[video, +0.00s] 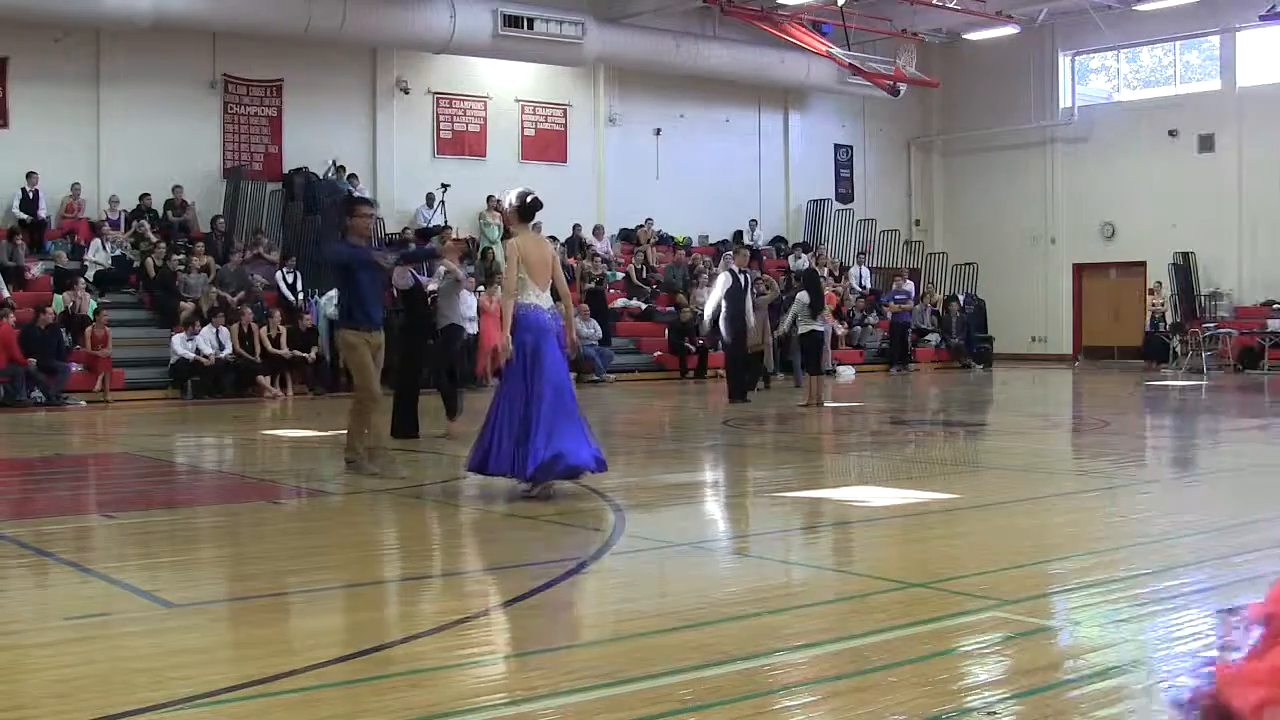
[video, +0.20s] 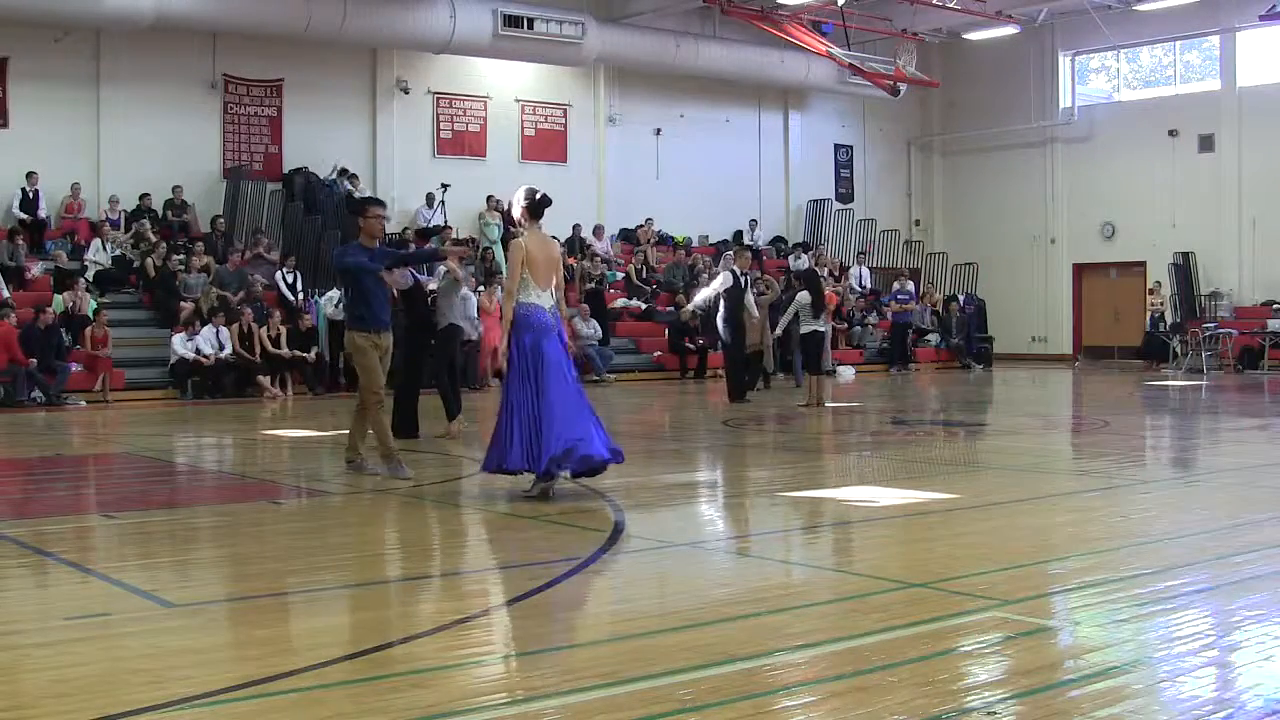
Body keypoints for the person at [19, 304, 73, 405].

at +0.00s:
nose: (52, 317)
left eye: (53, 314)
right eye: (49, 314)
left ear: (54, 315)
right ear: (41, 316)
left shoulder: (54, 329)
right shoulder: (28, 329)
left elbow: (60, 348)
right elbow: (23, 345)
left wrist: (61, 360)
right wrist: (27, 358)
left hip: (50, 360)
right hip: (34, 360)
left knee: (65, 368)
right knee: (31, 370)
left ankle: (53, 395)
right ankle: (52, 394)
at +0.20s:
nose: (52, 317)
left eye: (52, 314)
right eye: (49, 314)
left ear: (53, 316)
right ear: (41, 316)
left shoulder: (54, 329)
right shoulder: (28, 329)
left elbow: (60, 348)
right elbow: (23, 346)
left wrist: (61, 361)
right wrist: (28, 359)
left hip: (50, 360)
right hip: (35, 361)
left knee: (64, 368)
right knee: (31, 371)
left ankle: (54, 394)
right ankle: (51, 394)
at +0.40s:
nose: (52, 317)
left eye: (52, 314)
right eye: (49, 314)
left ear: (54, 316)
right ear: (41, 316)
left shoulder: (54, 329)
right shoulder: (29, 329)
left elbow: (60, 348)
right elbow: (24, 346)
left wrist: (61, 361)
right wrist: (29, 358)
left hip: (50, 360)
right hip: (35, 361)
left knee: (65, 368)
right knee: (31, 371)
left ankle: (53, 394)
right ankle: (51, 394)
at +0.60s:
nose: (52, 317)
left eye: (52, 314)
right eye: (49, 314)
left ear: (54, 315)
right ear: (41, 316)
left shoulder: (54, 329)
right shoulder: (28, 329)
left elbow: (60, 348)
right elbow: (24, 347)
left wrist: (61, 362)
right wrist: (28, 359)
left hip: (50, 360)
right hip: (34, 361)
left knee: (65, 367)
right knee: (31, 371)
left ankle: (54, 393)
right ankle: (51, 393)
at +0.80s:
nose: (52, 316)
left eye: (52, 314)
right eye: (49, 314)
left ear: (54, 315)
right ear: (41, 316)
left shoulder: (54, 329)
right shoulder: (28, 329)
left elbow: (60, 348)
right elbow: (24, 346)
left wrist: (61, 361)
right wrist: (28, 359)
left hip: (49, 360)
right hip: (34, 361)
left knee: (65, 367)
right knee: (31, 371)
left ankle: (54, 394)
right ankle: (51, 393)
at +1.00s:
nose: (52, 317)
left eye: (52, 314)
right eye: (49, 314)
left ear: (54, 315)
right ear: (41, 316)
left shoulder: (54, 329)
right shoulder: (28, 329)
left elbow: (60, 348)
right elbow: (24, 346)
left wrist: (61, 361)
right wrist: (28, 359)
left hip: (49, 360)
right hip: (34, 361)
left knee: (65, 367)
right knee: (31, 370)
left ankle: (54, 393)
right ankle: (51, 393)